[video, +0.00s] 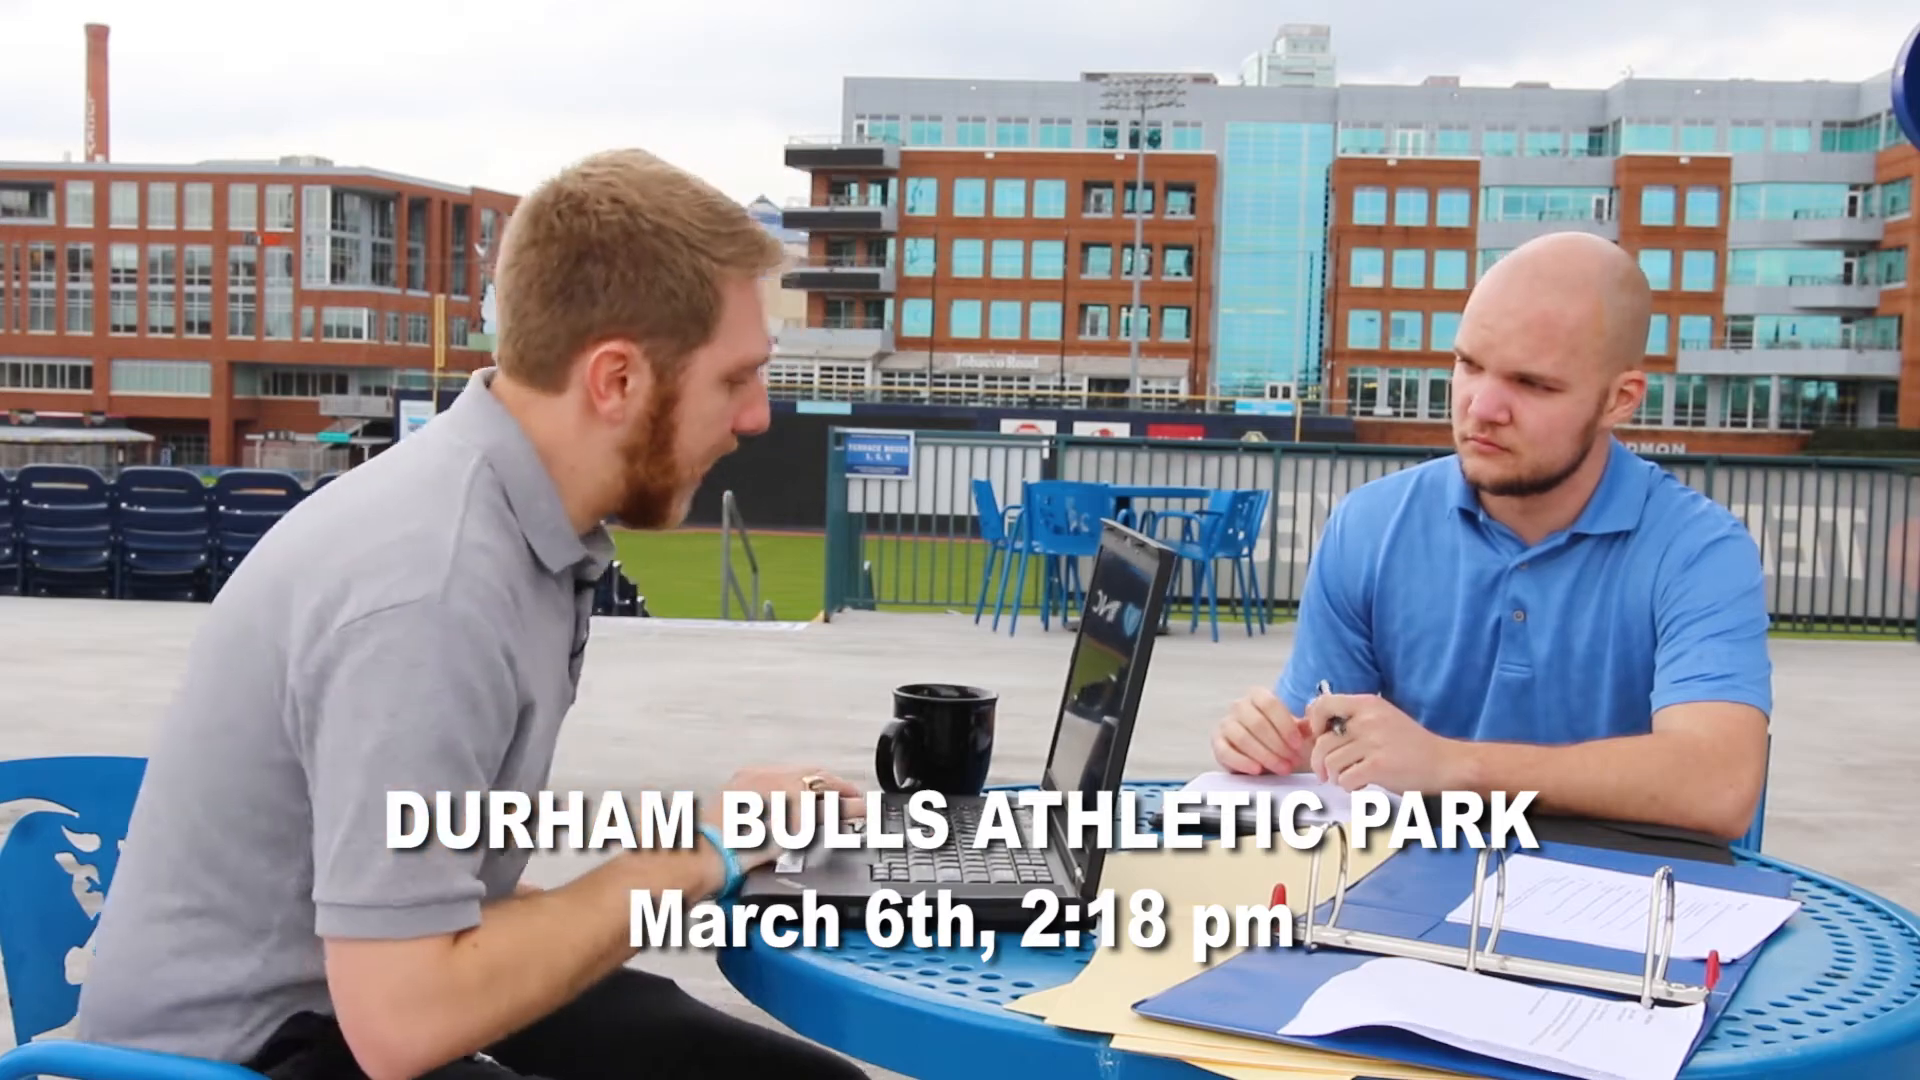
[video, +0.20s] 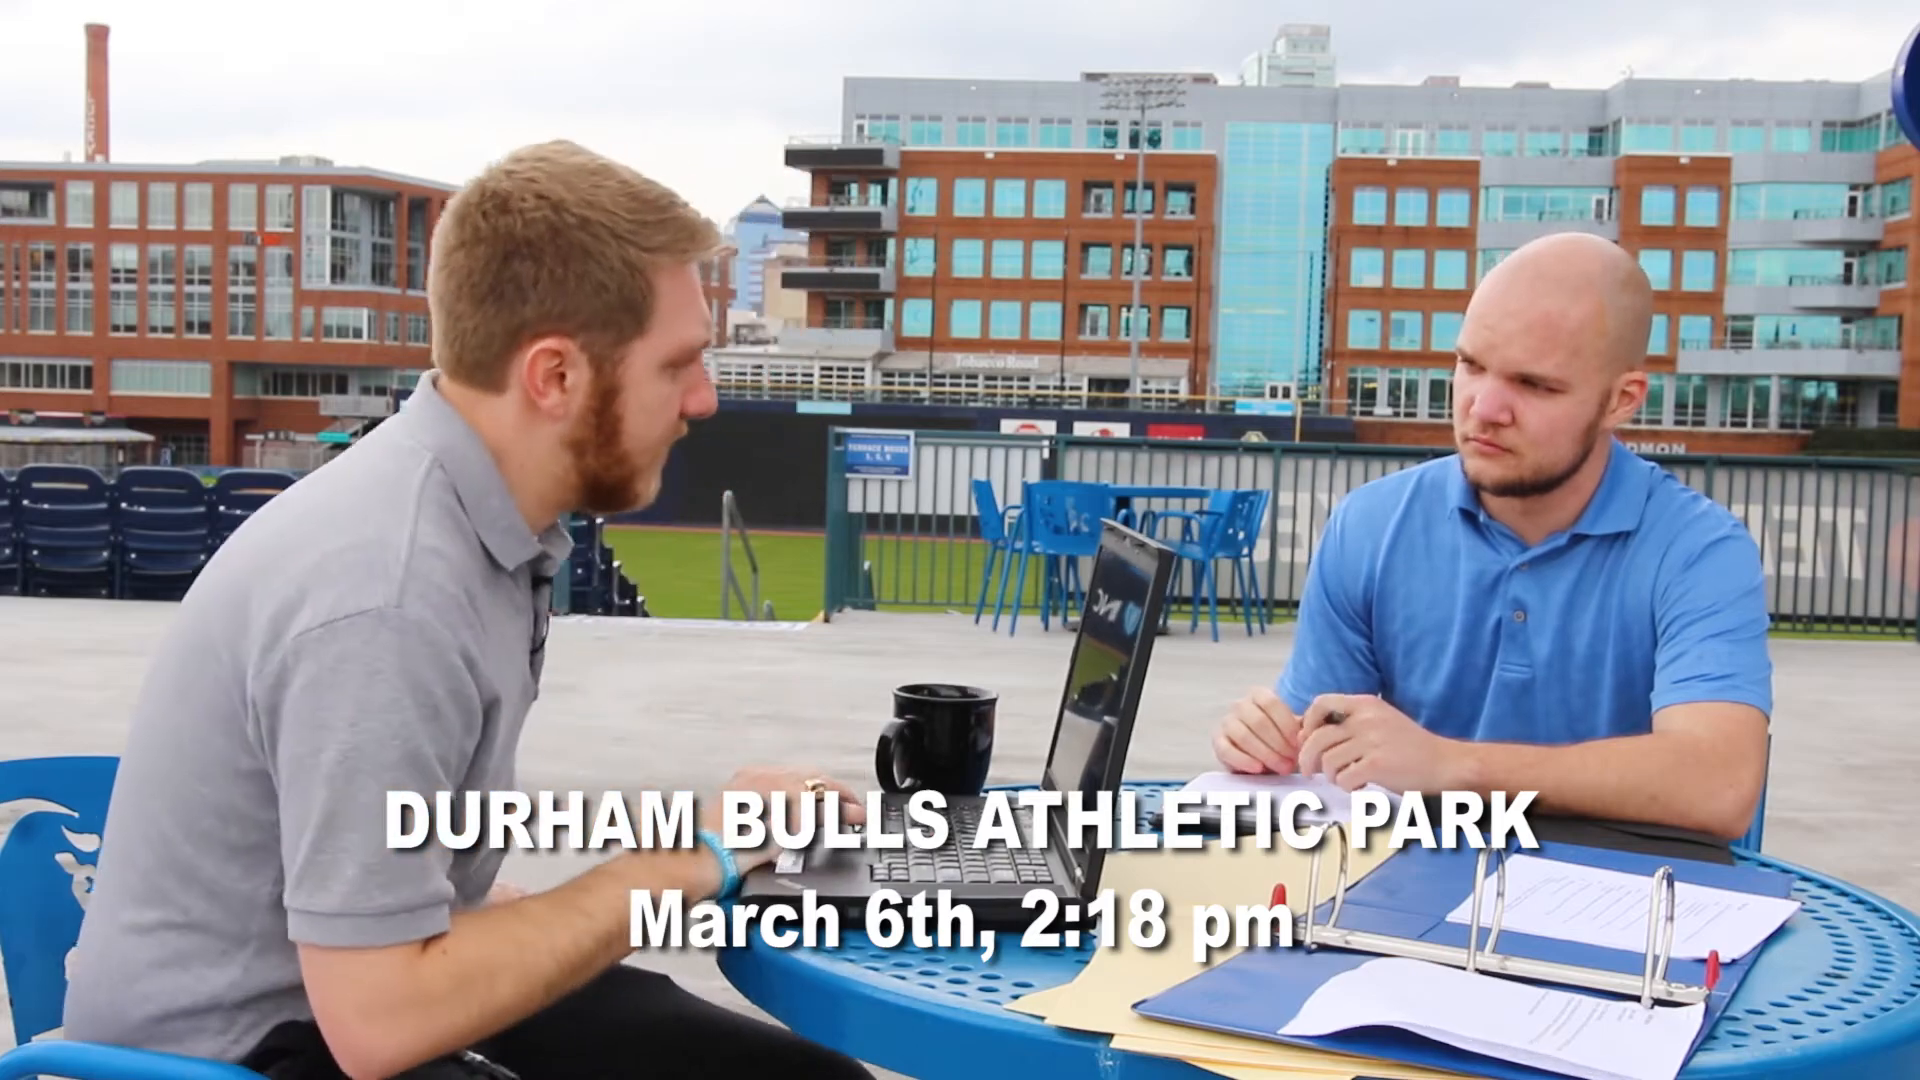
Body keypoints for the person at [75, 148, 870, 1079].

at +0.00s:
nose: (758, 421)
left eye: (758, 381)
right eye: (739, 383)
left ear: (612, 383)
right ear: (616, 382)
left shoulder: (513, 519)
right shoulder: (426, 585)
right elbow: (402, 1021)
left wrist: (690, 827)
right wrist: (693, 850)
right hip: (241, 1042)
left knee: (829, 1072)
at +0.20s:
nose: (706, 401)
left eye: (702, 362)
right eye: (681, 367)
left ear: (556, 379)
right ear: (554, 376)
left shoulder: (475, 516)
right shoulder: (380, 595)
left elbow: (443, 887)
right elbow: (377, 1023)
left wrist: (700, 825)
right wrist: (673, 861)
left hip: (369, 981)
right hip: (233, 1045)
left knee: (827, 1069)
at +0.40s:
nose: (670, 401)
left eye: (663, 359)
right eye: (641, 365)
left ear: (513, 390)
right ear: (513, 385)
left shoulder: (494, 511)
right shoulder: (319, 622)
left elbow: (568, 629)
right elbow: (377, 1037)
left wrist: (507, 835)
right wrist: (691, 859)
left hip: (405, 957)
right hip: (213, 1041)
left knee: (808, 1076)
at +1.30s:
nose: (704, 427)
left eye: (698, 389)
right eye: (679, 395)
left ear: (549, 418)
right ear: (556, 415)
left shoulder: (485, 522)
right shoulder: (346, 660)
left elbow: (533, 643)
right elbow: (399, 1050)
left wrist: (481, 833)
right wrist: (712, 845)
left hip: (395, 953)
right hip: (218, 1043)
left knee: (791, 1061)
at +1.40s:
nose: (702, 427)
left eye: (696, 389)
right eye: (677, 397)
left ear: (548, 416)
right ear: (555, 413)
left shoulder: (477, 533)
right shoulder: (348, 659)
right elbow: (402, 1054)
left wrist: (466, 857)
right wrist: (706, 851)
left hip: (381, 968)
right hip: (216, 1047)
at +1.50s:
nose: (698, 422)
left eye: (693, 382)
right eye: (675, 388)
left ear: (544, 409)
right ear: (554, 406)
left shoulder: (473, 514)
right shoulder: (354, 667)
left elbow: (515, 652)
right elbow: (406, 1054)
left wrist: (479, 832)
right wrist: (699, 852)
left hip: (382, 953)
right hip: (217, 1044)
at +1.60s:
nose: (689, 409)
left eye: (683, 371)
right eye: (669, 374)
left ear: (542, 397)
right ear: (554, 395)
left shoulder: (461, 508)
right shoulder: (349, 663)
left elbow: (539, 636)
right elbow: (404, 1051)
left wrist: (488, 836)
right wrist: (704, 854)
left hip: (376, 957)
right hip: (213, 1044)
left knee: (641, 1014)